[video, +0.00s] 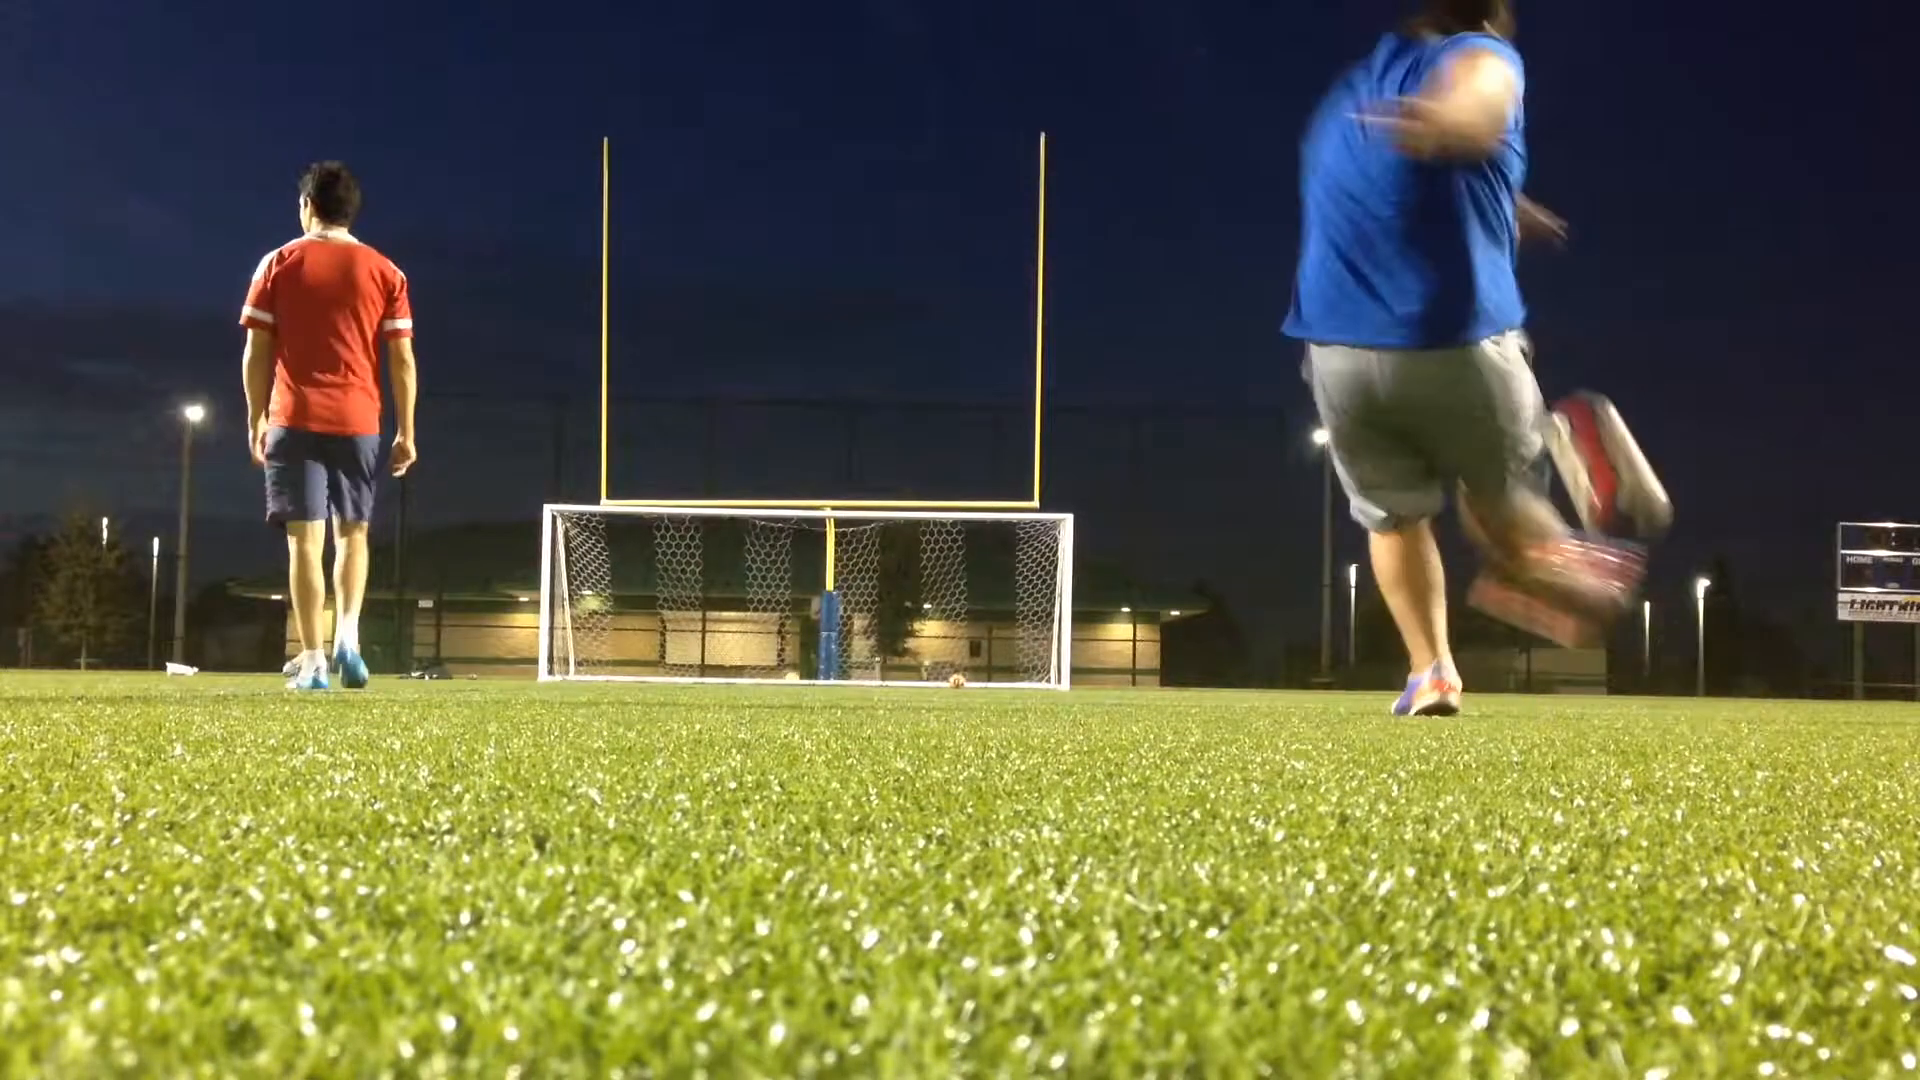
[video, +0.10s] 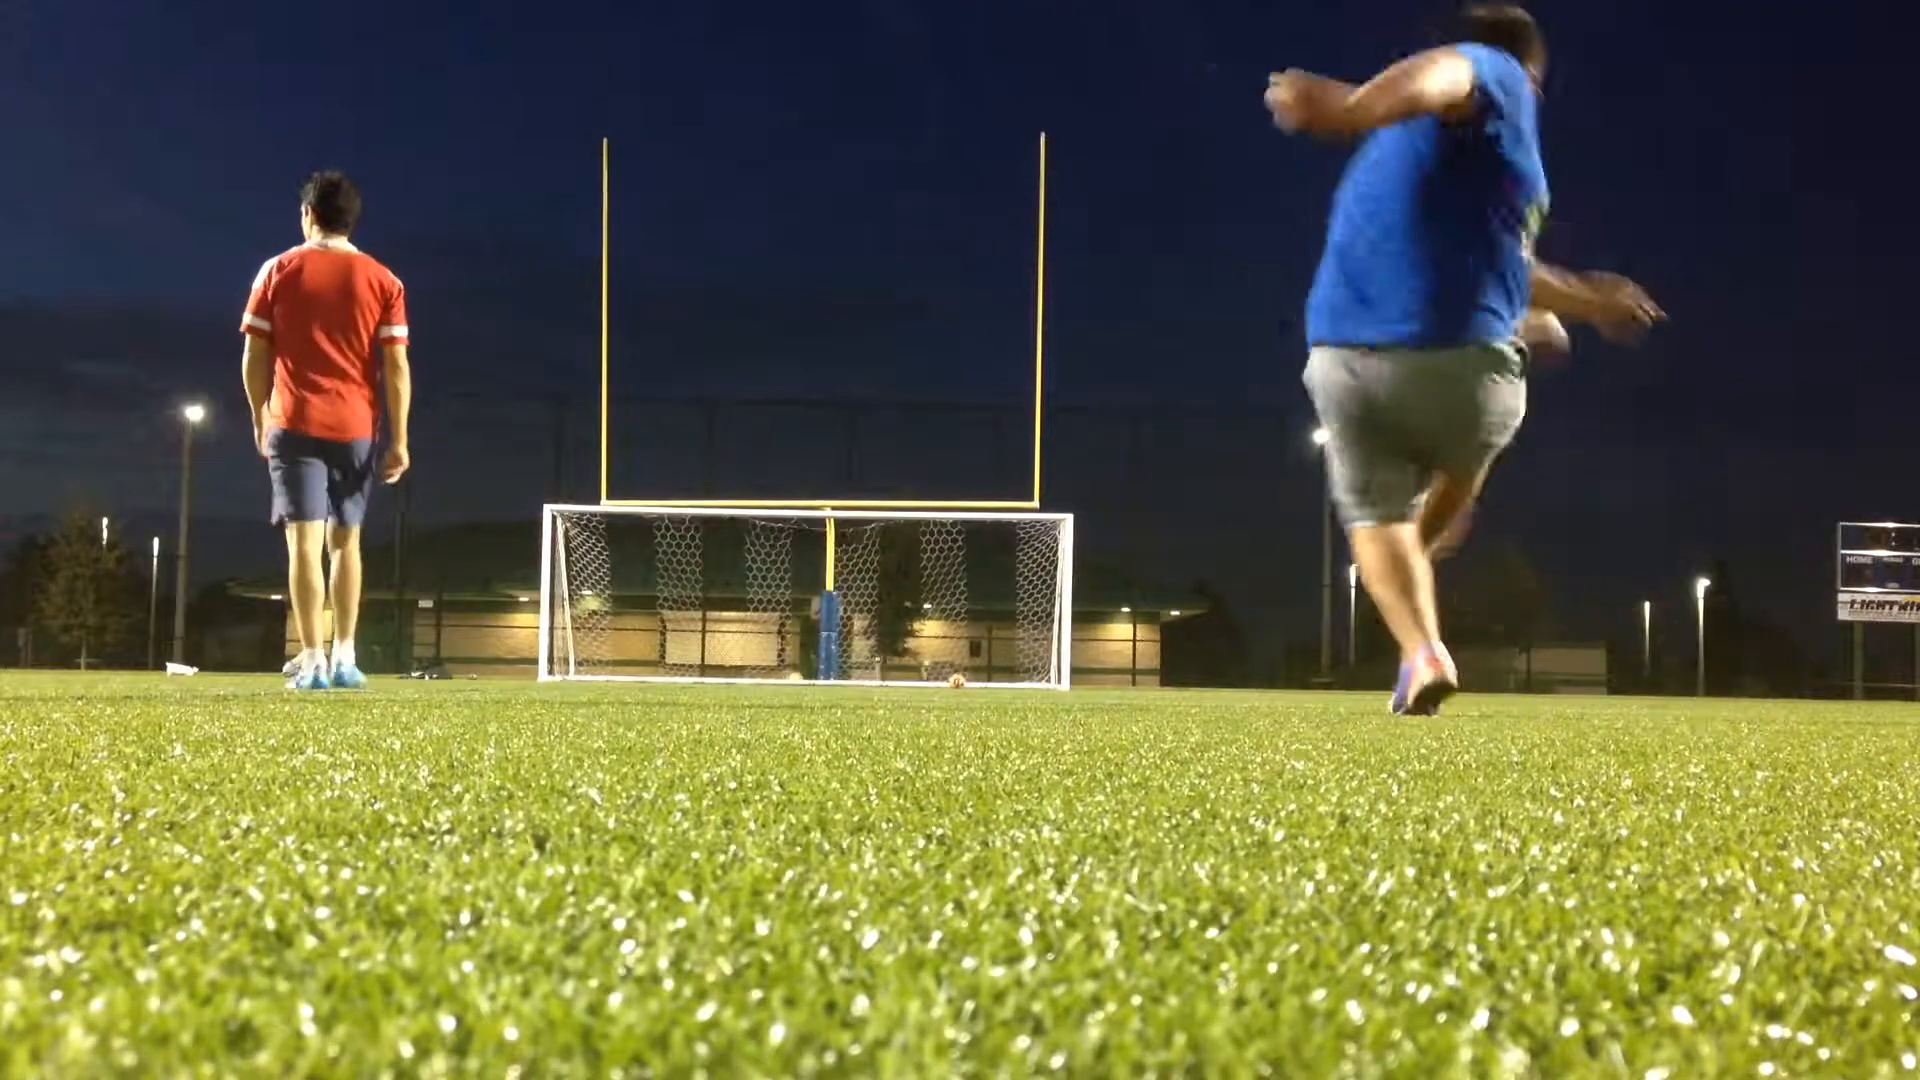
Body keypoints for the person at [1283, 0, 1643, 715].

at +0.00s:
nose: (1508, 23)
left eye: (1507, 18)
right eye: (1505, 16)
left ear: (1412, 16)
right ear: (1489, 15)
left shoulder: (1350, 85)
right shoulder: (1483, 55)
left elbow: (1384, 186)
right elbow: (1467, 115)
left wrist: (1500, 208)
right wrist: (1438, 130)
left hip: (1342, 355)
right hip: (1460, 351)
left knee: (1392, 515)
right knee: (1504, 502)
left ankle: (1432, 673)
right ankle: (1562, 564)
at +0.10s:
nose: (1539, 87)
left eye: (1538, 77)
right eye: (1538, 75)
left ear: (1467, 41)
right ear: (1525, 62)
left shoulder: (1401, 132)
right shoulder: (1501, 73)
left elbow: (1489, 262)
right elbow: (1435, 76)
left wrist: (1589, 297)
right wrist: (1348, 106)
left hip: (1345, 357)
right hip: (1464, 364)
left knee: (1375, 512)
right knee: (1463, 470)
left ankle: (1422, 653)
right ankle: (1406, 552)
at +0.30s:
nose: (1588, 155)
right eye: (1587, 146)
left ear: (1508, 133)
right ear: (1577, 142)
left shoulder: (1451, 192)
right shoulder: (1559, 183)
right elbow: (1559, 259)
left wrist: (1596, 370)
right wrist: (1565, 365)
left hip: (1361, 408)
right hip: (1459, 404)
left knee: (1359, 558)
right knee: (1514, 538)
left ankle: (1411, 631)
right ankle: (1462, 685)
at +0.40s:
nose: (1598, 193)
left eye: (1597, 182)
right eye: (1598, 181)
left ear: (1515, 173)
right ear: (1590, 181)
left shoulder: (1456, 232)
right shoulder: (1579, 226)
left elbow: (1468, 391)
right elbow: (1625, 325)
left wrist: (1588, 431)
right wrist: (1635, 429)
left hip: (1373, 426)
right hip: (1479, 427)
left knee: (1377, 572)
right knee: (1531, 544)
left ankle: (1411, 630)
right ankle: (1464, 682)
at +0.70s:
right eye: (1649, 129)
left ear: (1563, 124)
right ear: (1644, 127)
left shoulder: (1503, 193)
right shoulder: (1659, 162)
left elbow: (1447, 316)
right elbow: (1708, 240)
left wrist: (1488, 381)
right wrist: (1699, 358)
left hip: (1481, 391)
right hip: (1596, 395)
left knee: (1448, 546)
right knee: (1603, 547)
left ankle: (1441, 645)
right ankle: (1519, 660)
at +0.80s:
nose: (1684, 114)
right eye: (1681, 105)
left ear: (1590, 105)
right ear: (1672, 104)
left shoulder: (1520, 180)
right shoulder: (1689, 145)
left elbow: (1479, 305)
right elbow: (1744, 239)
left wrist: (1525, 371)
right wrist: (1768, 356)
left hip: (1513, 380)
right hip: (1634, 376)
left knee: (1470, 535)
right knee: (1690, 502)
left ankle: (1439, 652)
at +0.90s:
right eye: (1726, 84)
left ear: (1630, 85)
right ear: (1719, 85)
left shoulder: (1557, 167)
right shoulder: (1744, 133)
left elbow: (1523, 291)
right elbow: (1819, 234)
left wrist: (1589, 345)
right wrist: (1852, 345)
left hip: (1556, 364)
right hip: (1692, 362)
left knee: (1500, 534)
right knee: (1774, 498)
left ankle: (1437, 665)